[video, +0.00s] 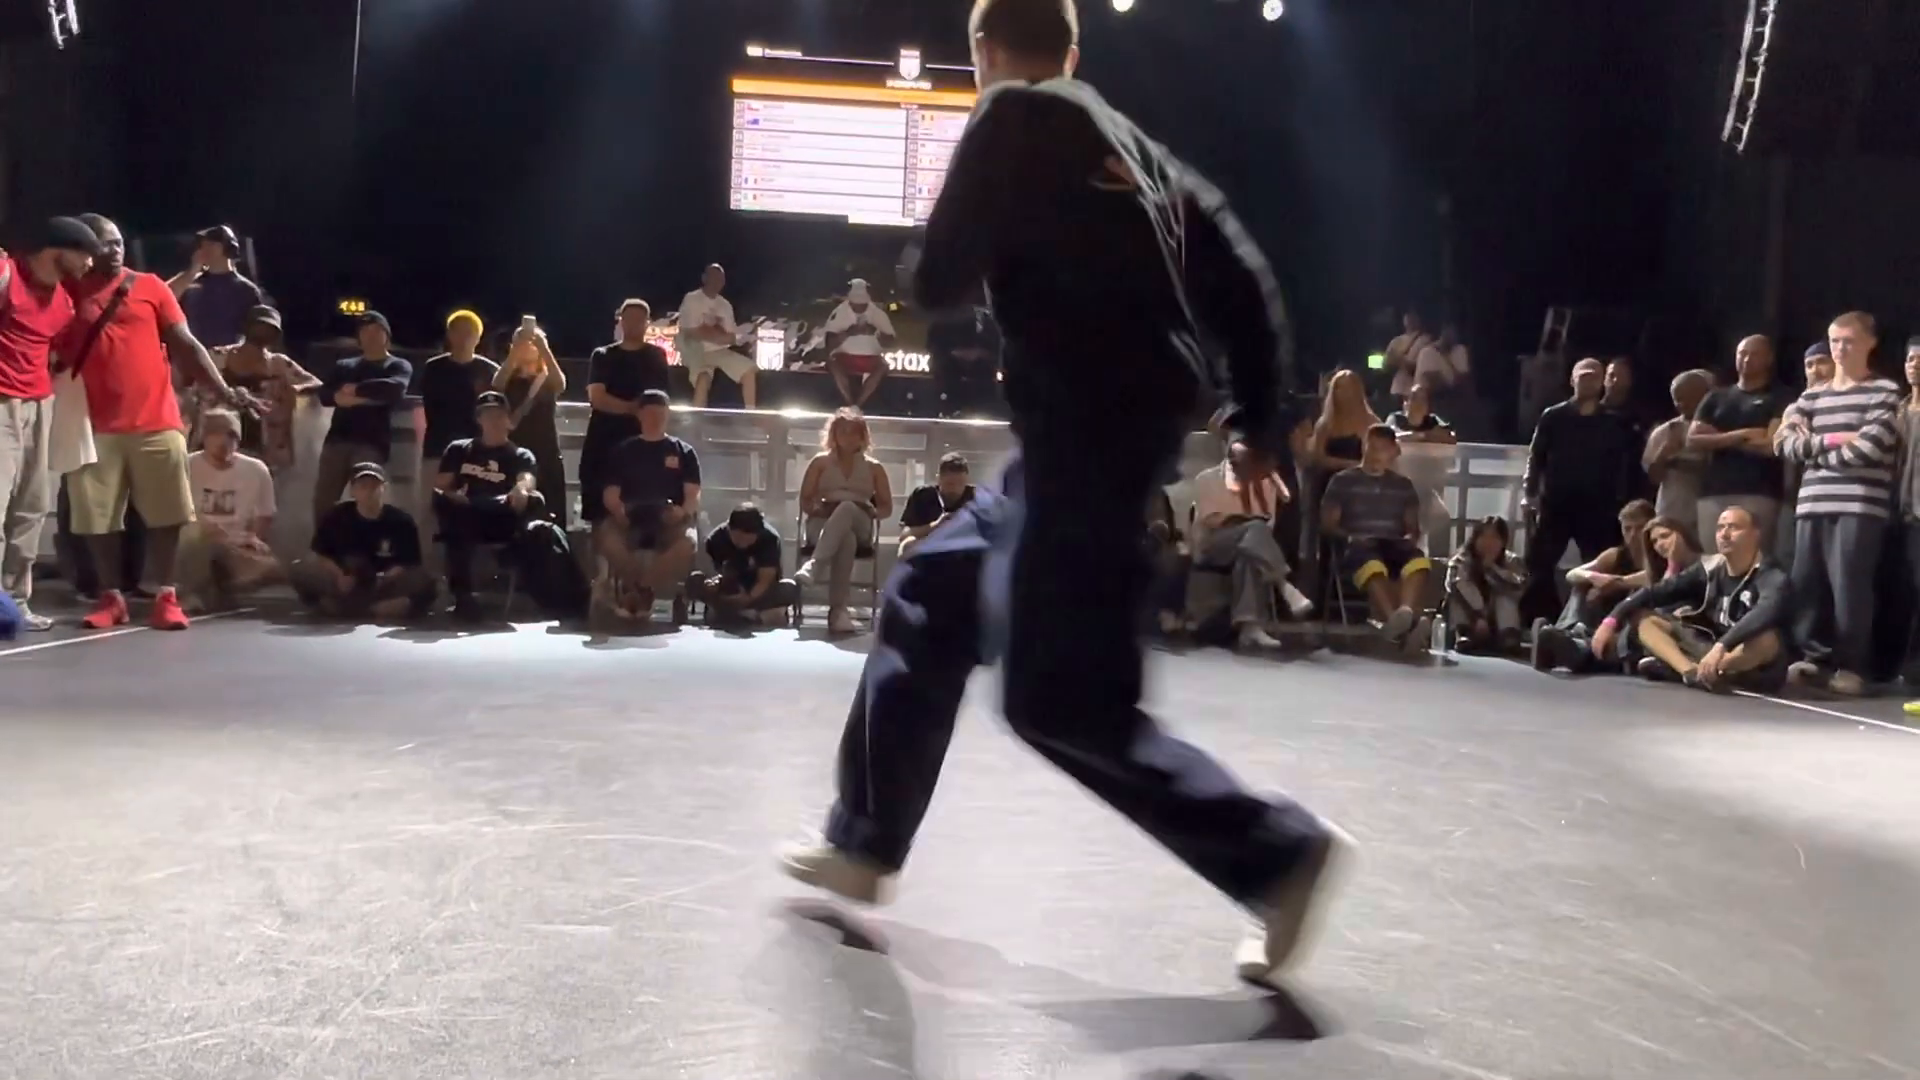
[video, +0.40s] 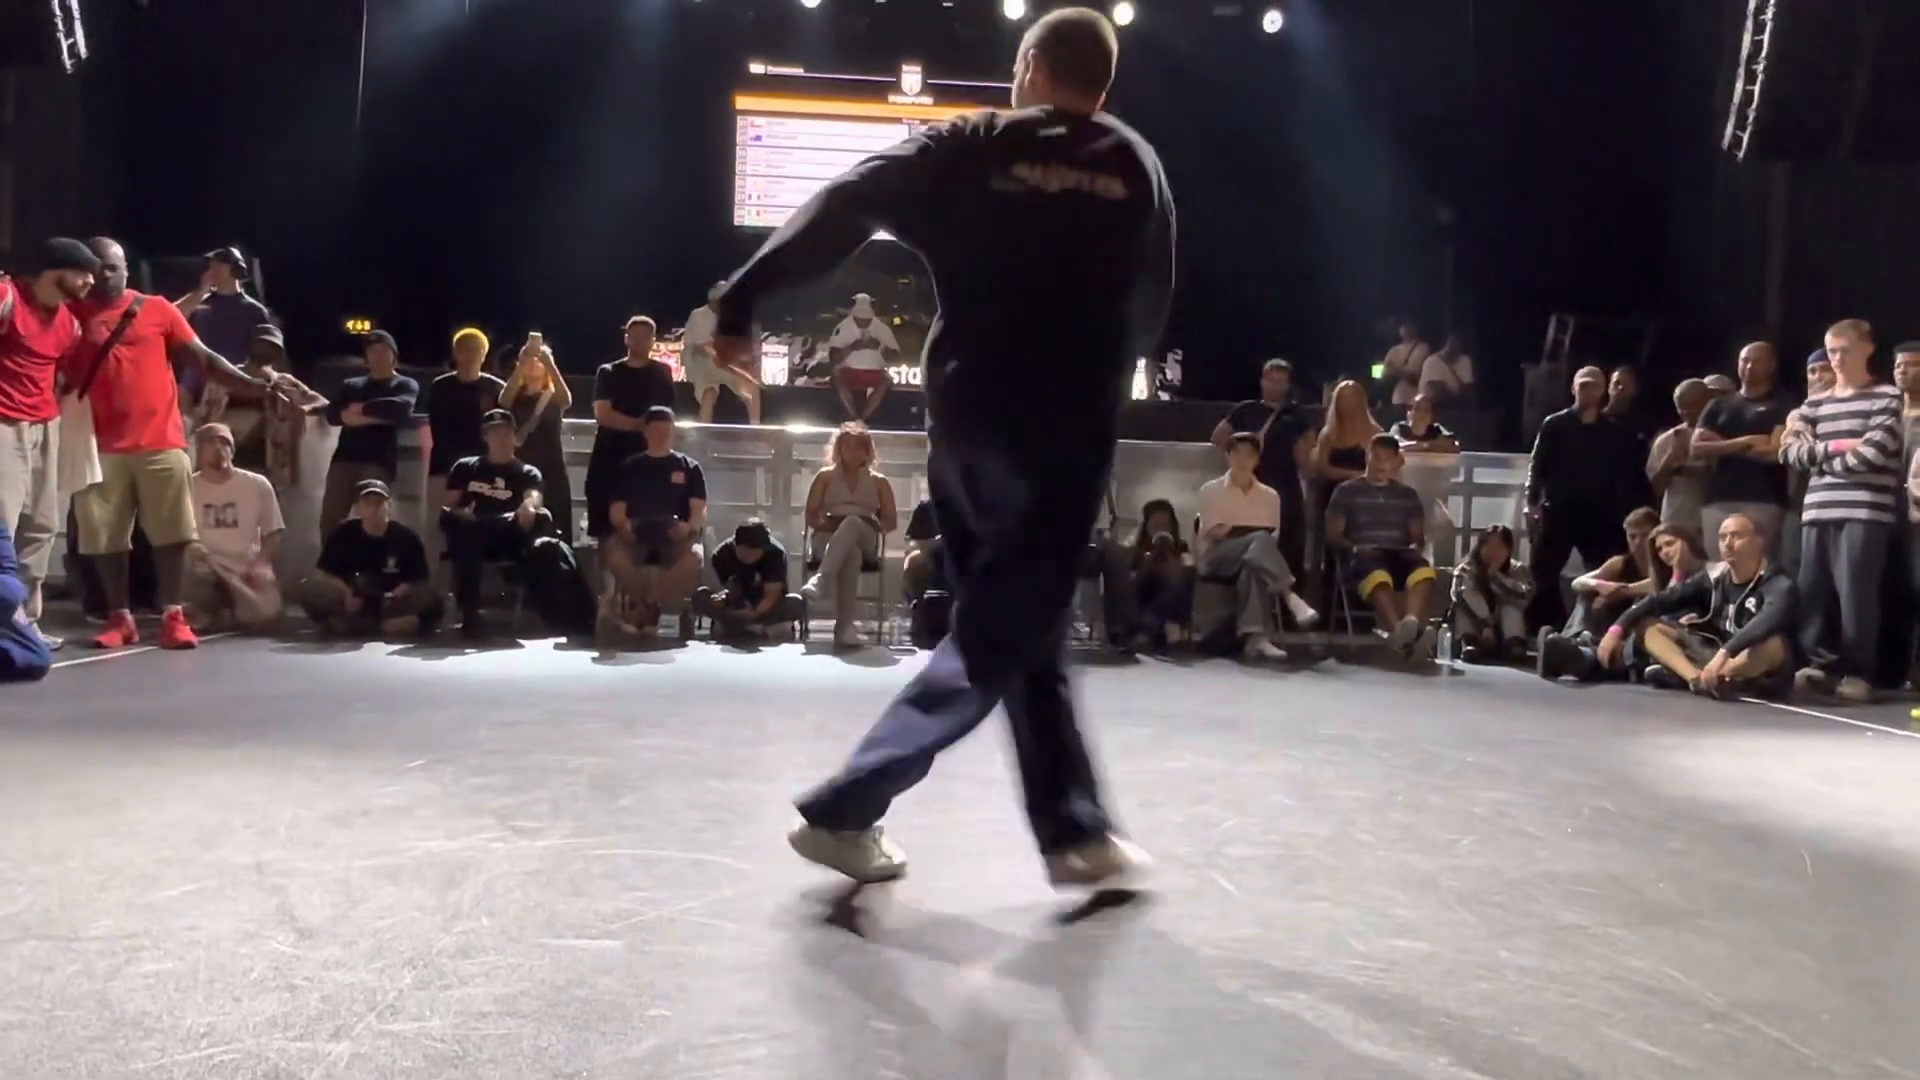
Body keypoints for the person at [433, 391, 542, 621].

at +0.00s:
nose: (494, 420)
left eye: (498, 414)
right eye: (488, 414)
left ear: (508, 419)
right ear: (478, 419)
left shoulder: (522, 456)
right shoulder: (459, 449)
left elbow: (526, 479)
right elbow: (439, 489)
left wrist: (520, 490)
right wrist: (458, 497)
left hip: (504, 512)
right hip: (468, 512)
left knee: (534, 501)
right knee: (454, 520)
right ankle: (463, 597)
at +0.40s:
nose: (500, 438)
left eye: (505, 432)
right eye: (494, 433)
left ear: (514, 437)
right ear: (485, 437)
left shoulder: (528, 473)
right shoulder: (466, 467)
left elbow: (533, 496)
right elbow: (448, 507)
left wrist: (528, 506)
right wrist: (461, 513)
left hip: (511, 531)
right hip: (475, 531)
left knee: (541, 518)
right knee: (461, 530)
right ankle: (470, 613)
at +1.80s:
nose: (517, 436)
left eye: (521, 431)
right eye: (511, 431)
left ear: (529, 435)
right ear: (500, 435)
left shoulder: (542, 470)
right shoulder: (480, 464)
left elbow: (548, 494)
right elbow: (462, 504)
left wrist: (542, 504)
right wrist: (475, 511)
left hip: (526, 527)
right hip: (491, 525)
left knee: (554, 516)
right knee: (476, 532)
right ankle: (485, 612)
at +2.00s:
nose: (521, 433)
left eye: (525, 428)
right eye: (515, 428)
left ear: (532, 434)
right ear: (504, 432)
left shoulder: (545, 468)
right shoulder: (483, 461)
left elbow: (551, 492)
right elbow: (465, 501)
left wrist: (546, 502)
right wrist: (479, 508)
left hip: (528, 526)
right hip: (493, 524)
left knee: (558, 514)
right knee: (479, 530)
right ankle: (487, 609)